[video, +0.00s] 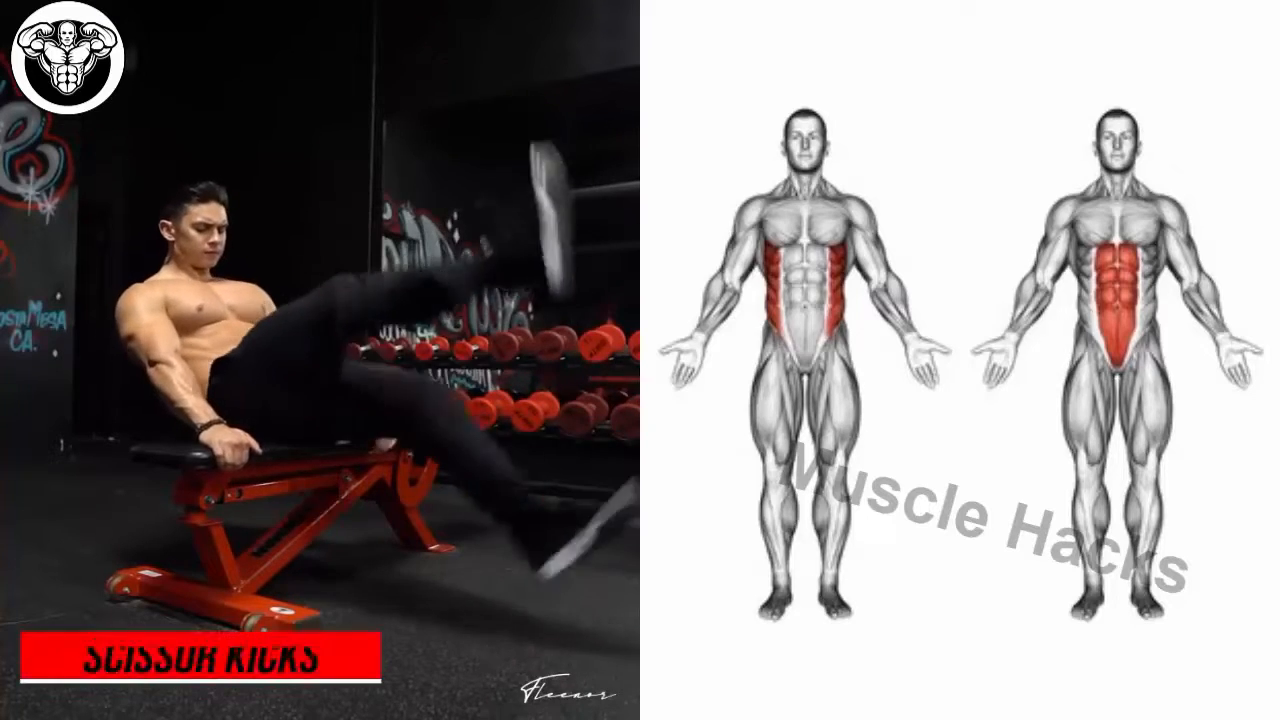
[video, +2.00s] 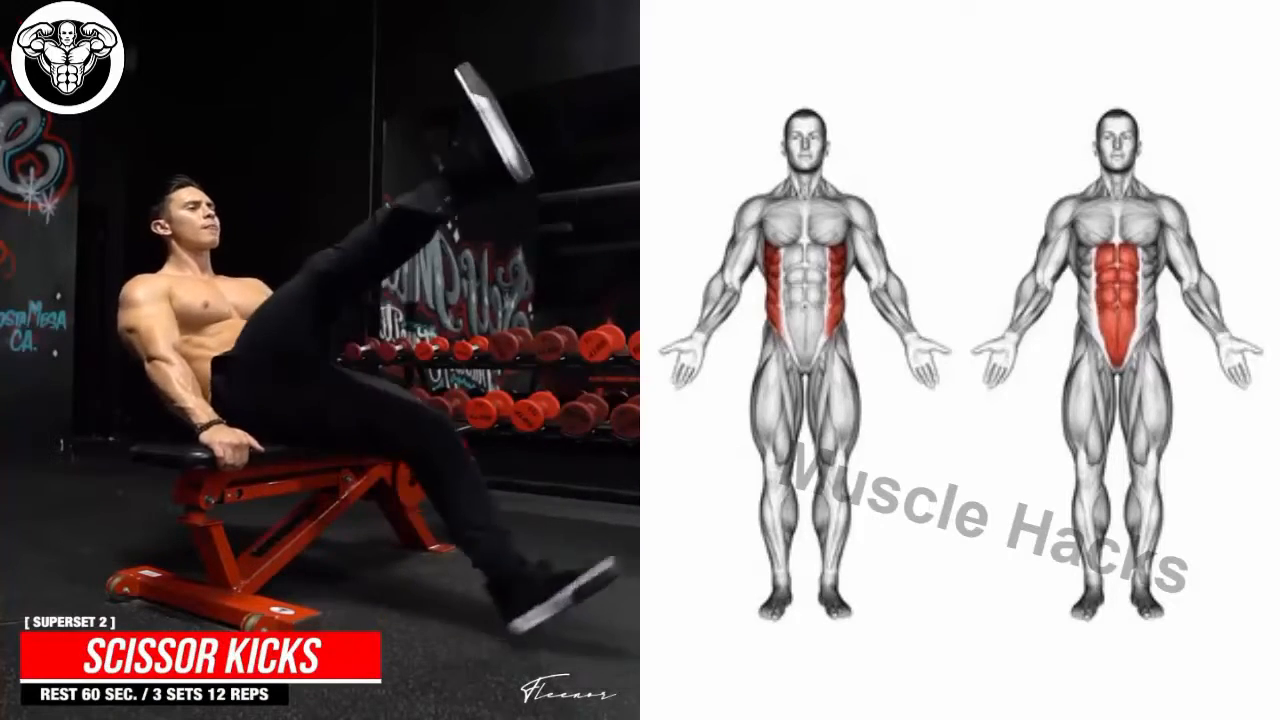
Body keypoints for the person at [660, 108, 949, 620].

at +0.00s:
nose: (804, 146)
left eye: (812, 138)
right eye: (797, 138)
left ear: (825, 145)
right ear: (785, 145)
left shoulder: (852, 211)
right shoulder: (758, 211)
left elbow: (881, 281)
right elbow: (729, 281)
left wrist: (910, 336)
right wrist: (700, 336)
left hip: (832, 355)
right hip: (777, 355)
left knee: (834, 468)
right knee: (777, 469)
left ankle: (830, 584)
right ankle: (780, 585)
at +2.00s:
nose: (805, 146)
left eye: (812, 138)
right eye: (797, 138)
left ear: (825, 145)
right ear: (785, 145)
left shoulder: (852, 211)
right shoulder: (758, 211)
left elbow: (881, 281)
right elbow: (729, 282)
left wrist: (910, 336)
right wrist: (700, 336)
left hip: (832, 356)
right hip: (777, 355)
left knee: (834, 467)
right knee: (777, 469)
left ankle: (830, 584)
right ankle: (780, 585)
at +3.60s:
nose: (804, 146)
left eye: (812, 138)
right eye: (797, 138)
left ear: (825, 145)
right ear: (785, 145)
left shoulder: (851, 211)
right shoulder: (758, 211)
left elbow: (881, 281)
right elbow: (729, 281)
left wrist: (909, 336)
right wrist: (700, 336)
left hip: (832, 356)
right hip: (777, 355)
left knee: (834, 467)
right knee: (777, 469)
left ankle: (829, 584)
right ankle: (780, 585)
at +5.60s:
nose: (805, 145)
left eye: (812, 138)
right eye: (797, 138)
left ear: (825, 145)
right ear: (785, 145)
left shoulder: (851, 211)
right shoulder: (758, 211)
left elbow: (881, 281)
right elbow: (729, 281)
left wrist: (909, 336)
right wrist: (700, 336)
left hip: (832, 355)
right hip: (777, 355)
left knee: (834, 467)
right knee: (776, 469)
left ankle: (830, 584)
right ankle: (780, 585)